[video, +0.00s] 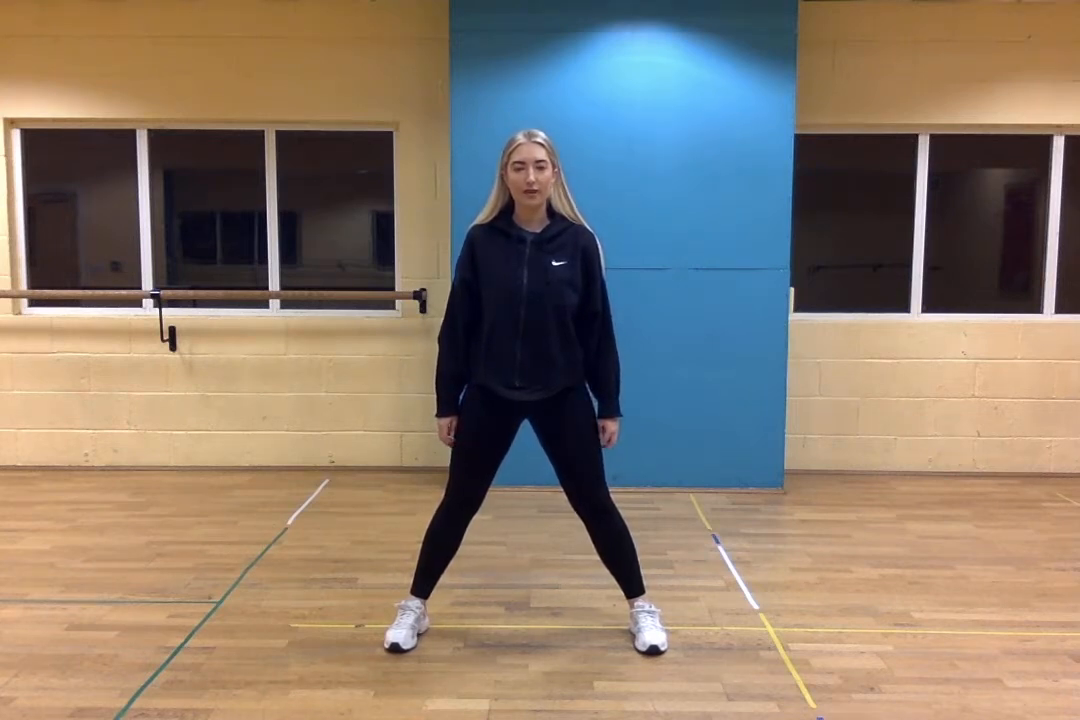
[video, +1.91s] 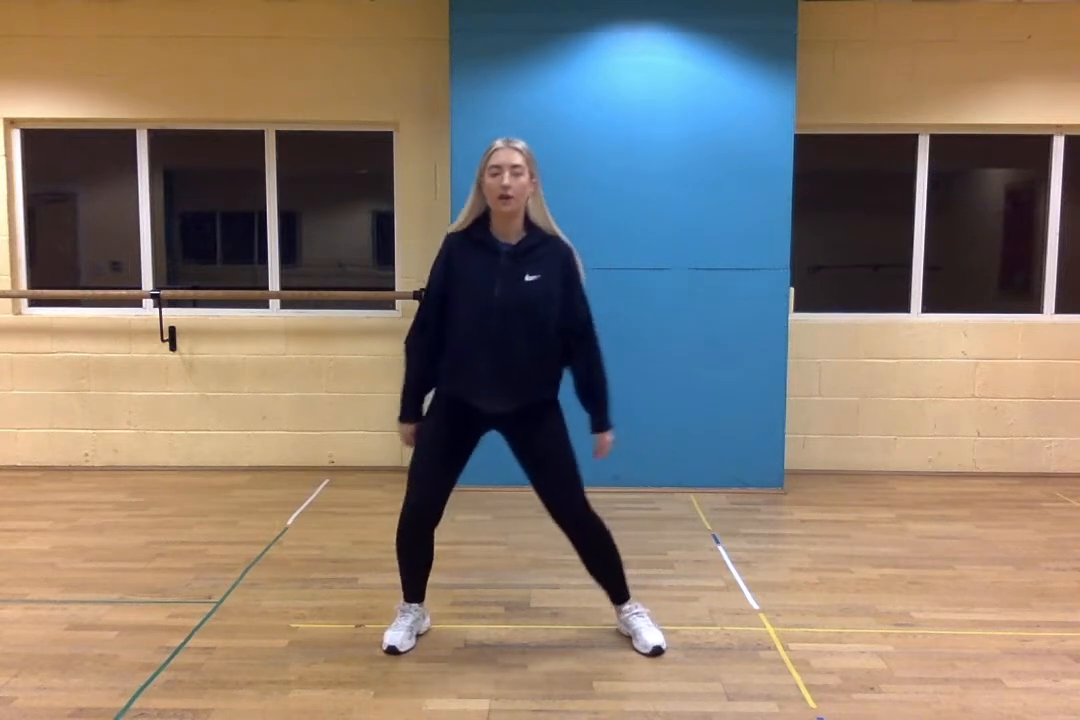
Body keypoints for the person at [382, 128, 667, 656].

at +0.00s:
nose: (531, 175)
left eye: (540, 165)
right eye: (520, 166)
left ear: (554, 174)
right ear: (505, 176)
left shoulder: (579, 240)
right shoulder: (482, 238)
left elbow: (597, 325)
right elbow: (457, 321)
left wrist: (608, 404)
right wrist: (447, 402)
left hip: (561, 394)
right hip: (490, 394)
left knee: (594, 503)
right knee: (459, 501)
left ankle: (641, 607)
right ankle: (414, 606)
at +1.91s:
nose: (506, 181)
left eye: (516, 172)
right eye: (496, 172)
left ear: (532, 183)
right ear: (482, 183)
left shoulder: (555, 254)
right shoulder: (458, 247)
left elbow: (581, 336)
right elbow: (426, 327)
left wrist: (599, 415)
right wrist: (411, 408)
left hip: (531, 403)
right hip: (459, 400)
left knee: (572, 510)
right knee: (418, 509)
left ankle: (627, 608)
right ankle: (412, 608)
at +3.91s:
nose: (502, 185)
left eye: (512, 178)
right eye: (493, 177)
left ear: (527, 189)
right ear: (477, 187)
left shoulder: (548, 257)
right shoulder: (451, 251)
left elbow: (569, 338)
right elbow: (426, 328)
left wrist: (585, 416)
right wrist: (416, 405)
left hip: (532, 405)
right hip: (461, 404)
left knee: (579, 509)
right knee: (419, 510)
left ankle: (631, 608)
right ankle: (412, 609)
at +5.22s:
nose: (550, 184)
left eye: (559, 174)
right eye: (539, 175)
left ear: (574, 183)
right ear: (524, 186)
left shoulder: (599, 248)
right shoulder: (503, 251)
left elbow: (622, 325)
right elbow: (483, 328)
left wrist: (620, 395)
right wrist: (482, 404)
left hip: (600, 398)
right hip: (529, 400)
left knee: (631, 504)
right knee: (478, 506)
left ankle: (638, 609)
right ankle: (421, 606)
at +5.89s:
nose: (507, 194)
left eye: (518, 185)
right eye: (497, 185)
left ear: (532, 196)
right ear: (482, 195)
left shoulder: (555, 261)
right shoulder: (458, 257)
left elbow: (573, 345)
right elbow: (429, 333)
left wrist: (593, 419)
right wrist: (412, 409)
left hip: (530, 409)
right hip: (459, 407)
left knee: (583, 511)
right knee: (415, 514)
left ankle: (631, 609)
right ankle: (415, 608)